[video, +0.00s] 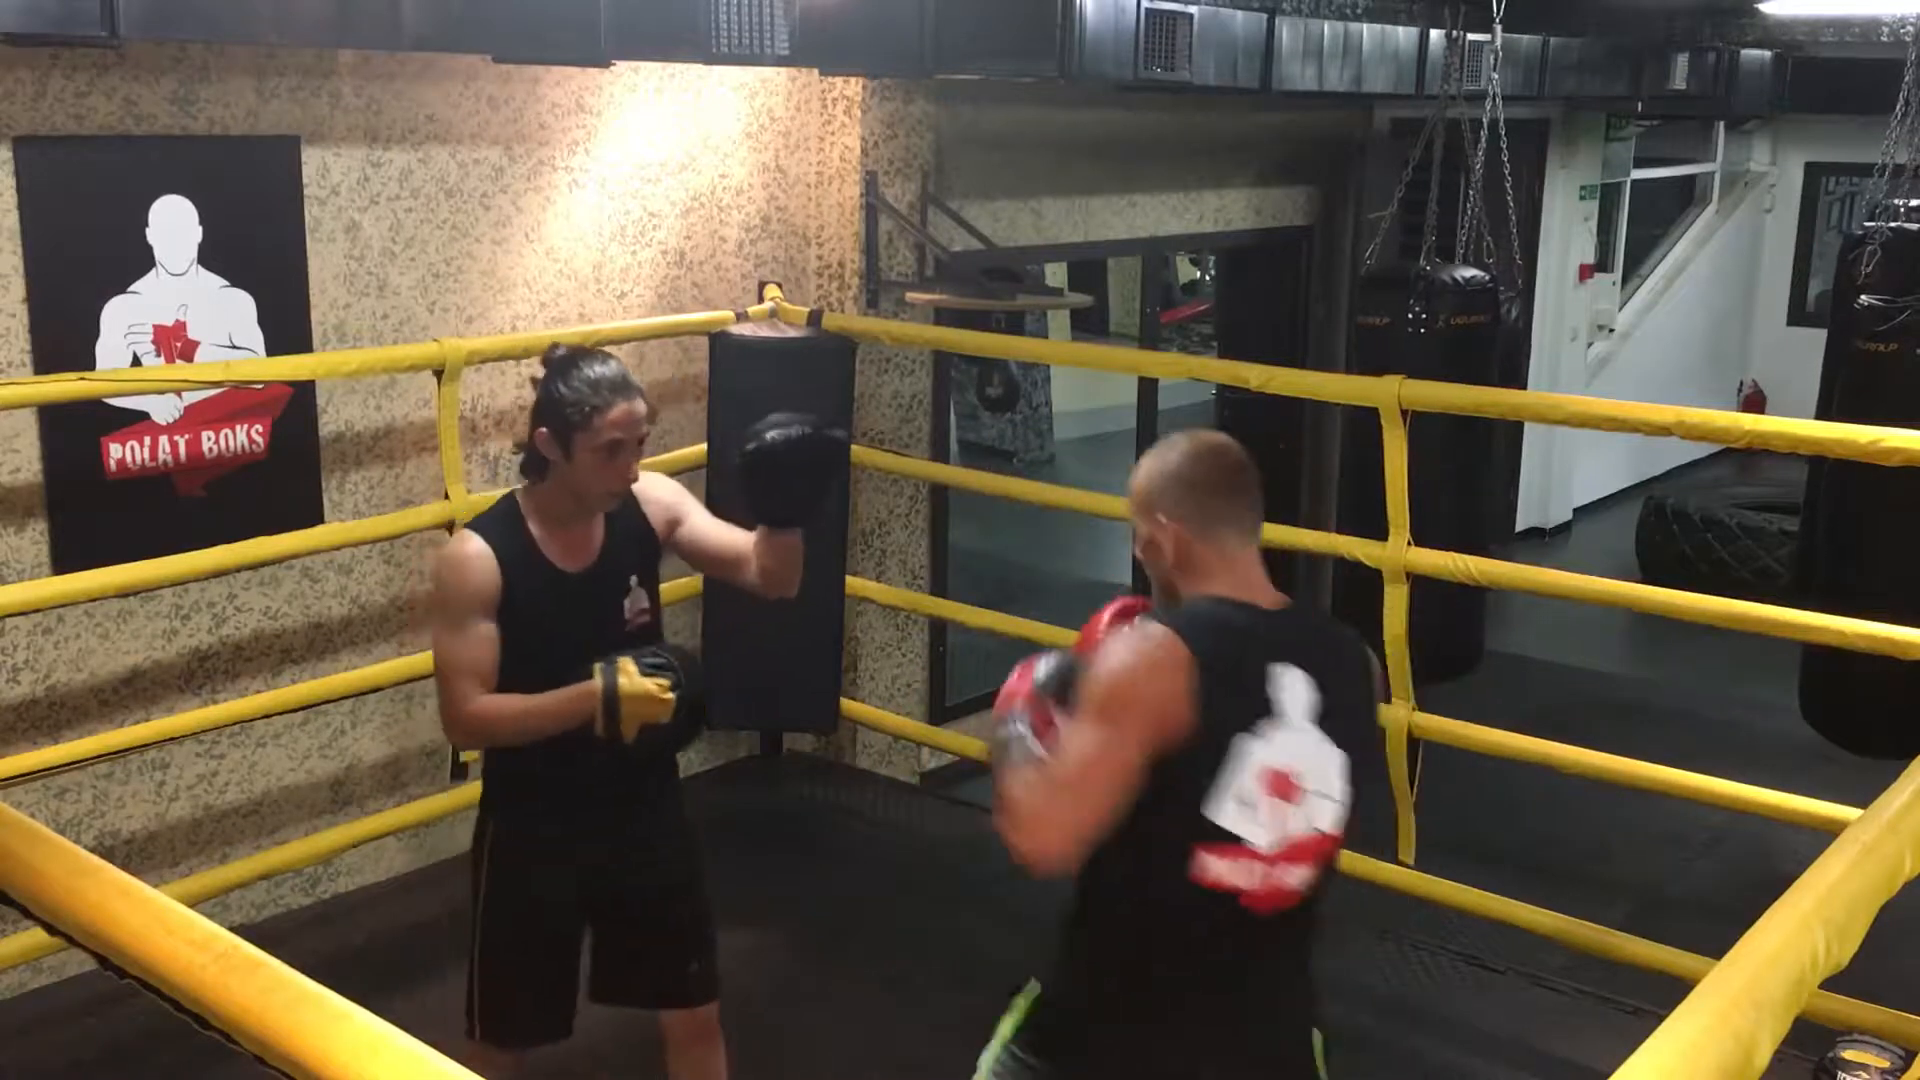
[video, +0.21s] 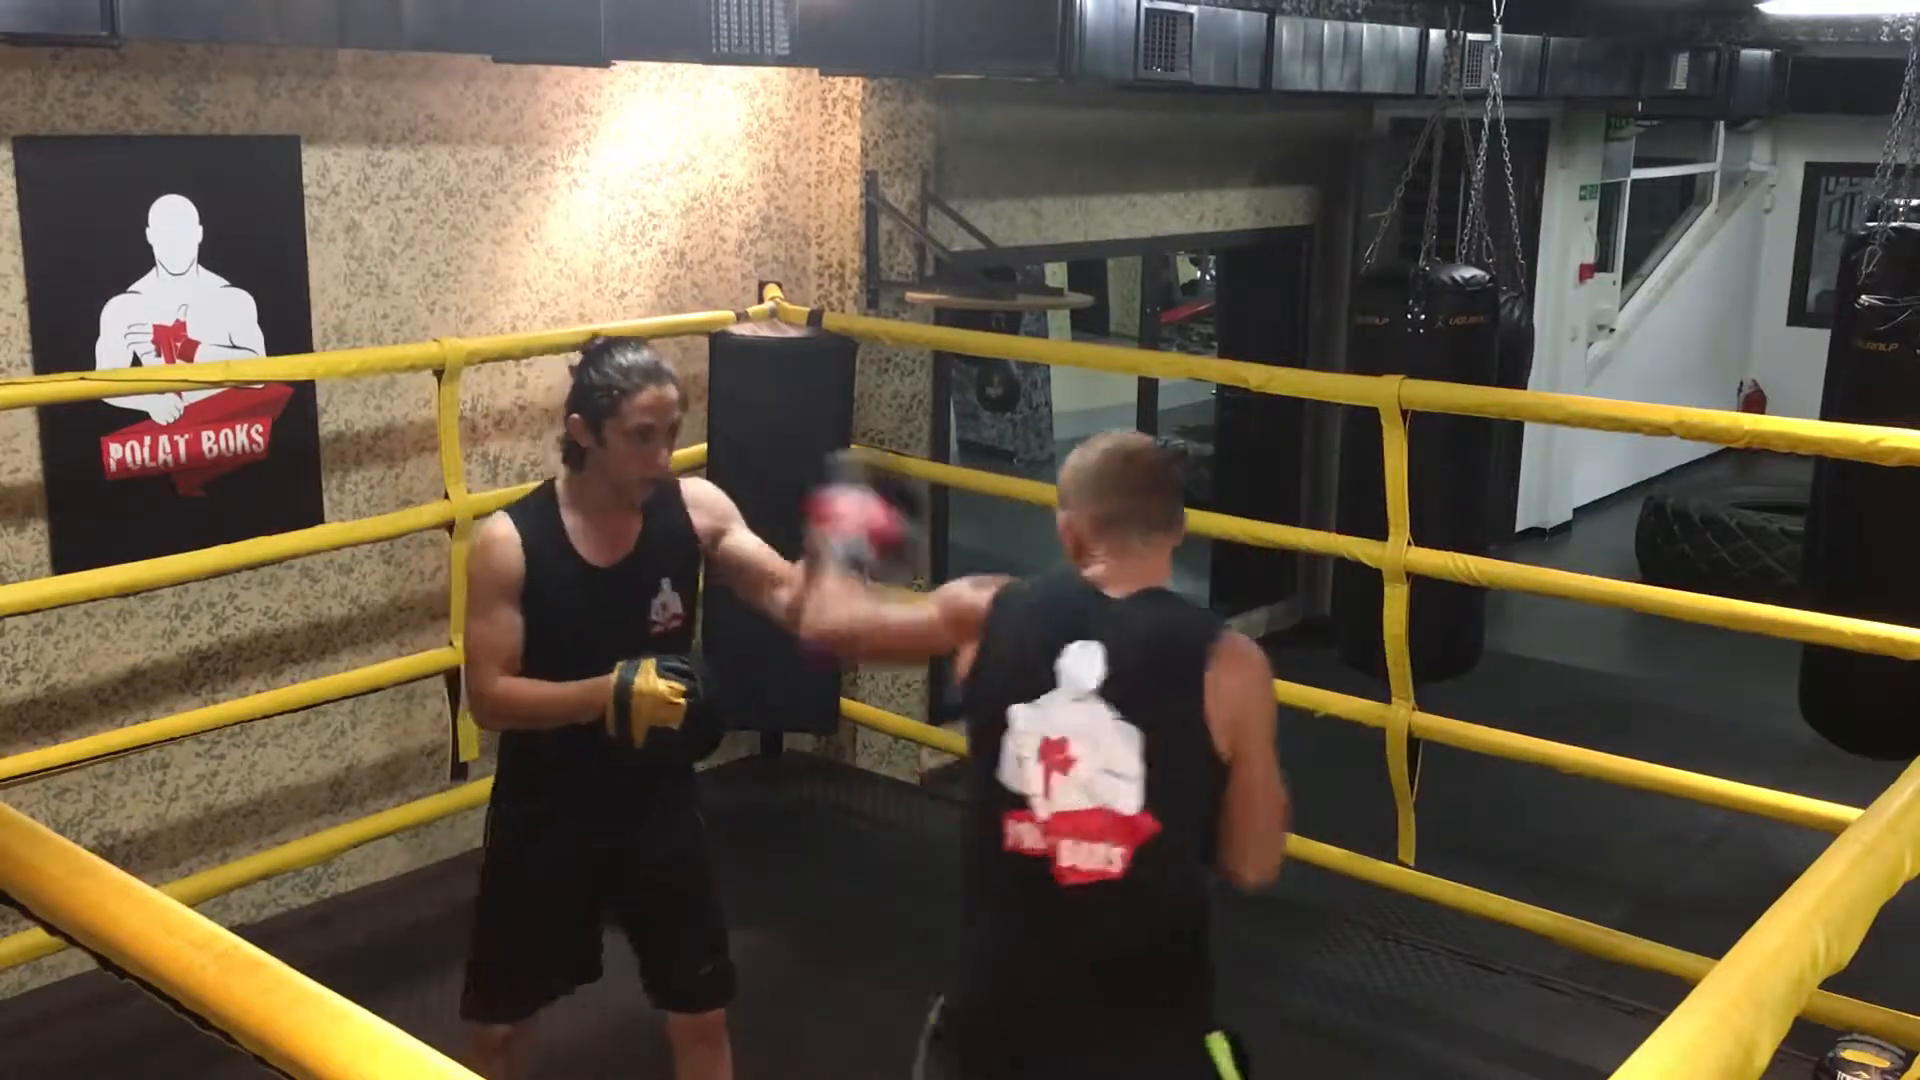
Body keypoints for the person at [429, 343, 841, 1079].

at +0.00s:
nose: (631, 467)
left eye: (638, 445)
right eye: (611, 451)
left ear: (645, 432)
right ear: (547, 444)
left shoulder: (653, 502)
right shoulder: (476, 560)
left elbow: (774, 575)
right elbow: (464, 718)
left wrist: (786, 493)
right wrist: (595, 697)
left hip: (646, 802)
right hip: (533, 817)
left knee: (694, 1012)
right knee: (503, 1039)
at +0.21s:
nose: (662, 457)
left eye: (671, 435)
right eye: (643, 437)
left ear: (680, 428)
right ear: (582, 431)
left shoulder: (697, 509)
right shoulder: (508, 542)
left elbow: (796, 602)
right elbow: (487, 698)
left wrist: (836, 543)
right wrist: (610, 694)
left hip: (658, 800)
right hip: (543, 808)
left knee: (701, 1016)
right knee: (500, 1026)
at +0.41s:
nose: (655, 448)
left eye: (663, 427)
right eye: (635, 430)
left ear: (672, 425)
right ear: (574, 429)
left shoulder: (673, 513)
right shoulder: (513, 558)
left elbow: (688, 610)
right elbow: (487, 718)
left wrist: (734, 654)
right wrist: (631, 730)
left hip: (669, 793)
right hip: (557, 810)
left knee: (733, 980)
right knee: (517, 1019)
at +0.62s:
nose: (716, 444)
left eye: (722, 425)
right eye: (697, 423)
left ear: (726, 427)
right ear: (637, 420)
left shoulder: (712, 518)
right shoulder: (561, 540)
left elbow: (704, 614)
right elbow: (526, 695)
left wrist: (751, 665)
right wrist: (659, 718)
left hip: (696, 781)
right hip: (588, 796)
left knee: (787, 956)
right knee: (527, 1015)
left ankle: (827, 1072)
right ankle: (503, 1076)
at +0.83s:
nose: (829, 444)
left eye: (837, 427)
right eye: (811, 425)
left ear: (841, 432)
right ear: (755, 422)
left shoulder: (818, 532)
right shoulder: (663, 519)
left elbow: (807, 631)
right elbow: (603, 652)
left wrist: (824, 678)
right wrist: (712, 716)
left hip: (767, 770)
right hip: (656, 770)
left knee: (815, 944)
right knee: (578, 962)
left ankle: (831, 1072)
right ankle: (539, 1073)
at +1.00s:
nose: (871, 427)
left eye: (882, 411)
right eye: (857, 406)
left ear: (887, 419)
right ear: (808, 399)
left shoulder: (872, 517)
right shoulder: (710, 485)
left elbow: (881, 636)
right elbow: (658, 609)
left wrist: (850, 682)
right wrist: (756, 679)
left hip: (811, 745)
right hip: (707, 739)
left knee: (831, 927)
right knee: (671, 918)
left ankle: (834, 1069)